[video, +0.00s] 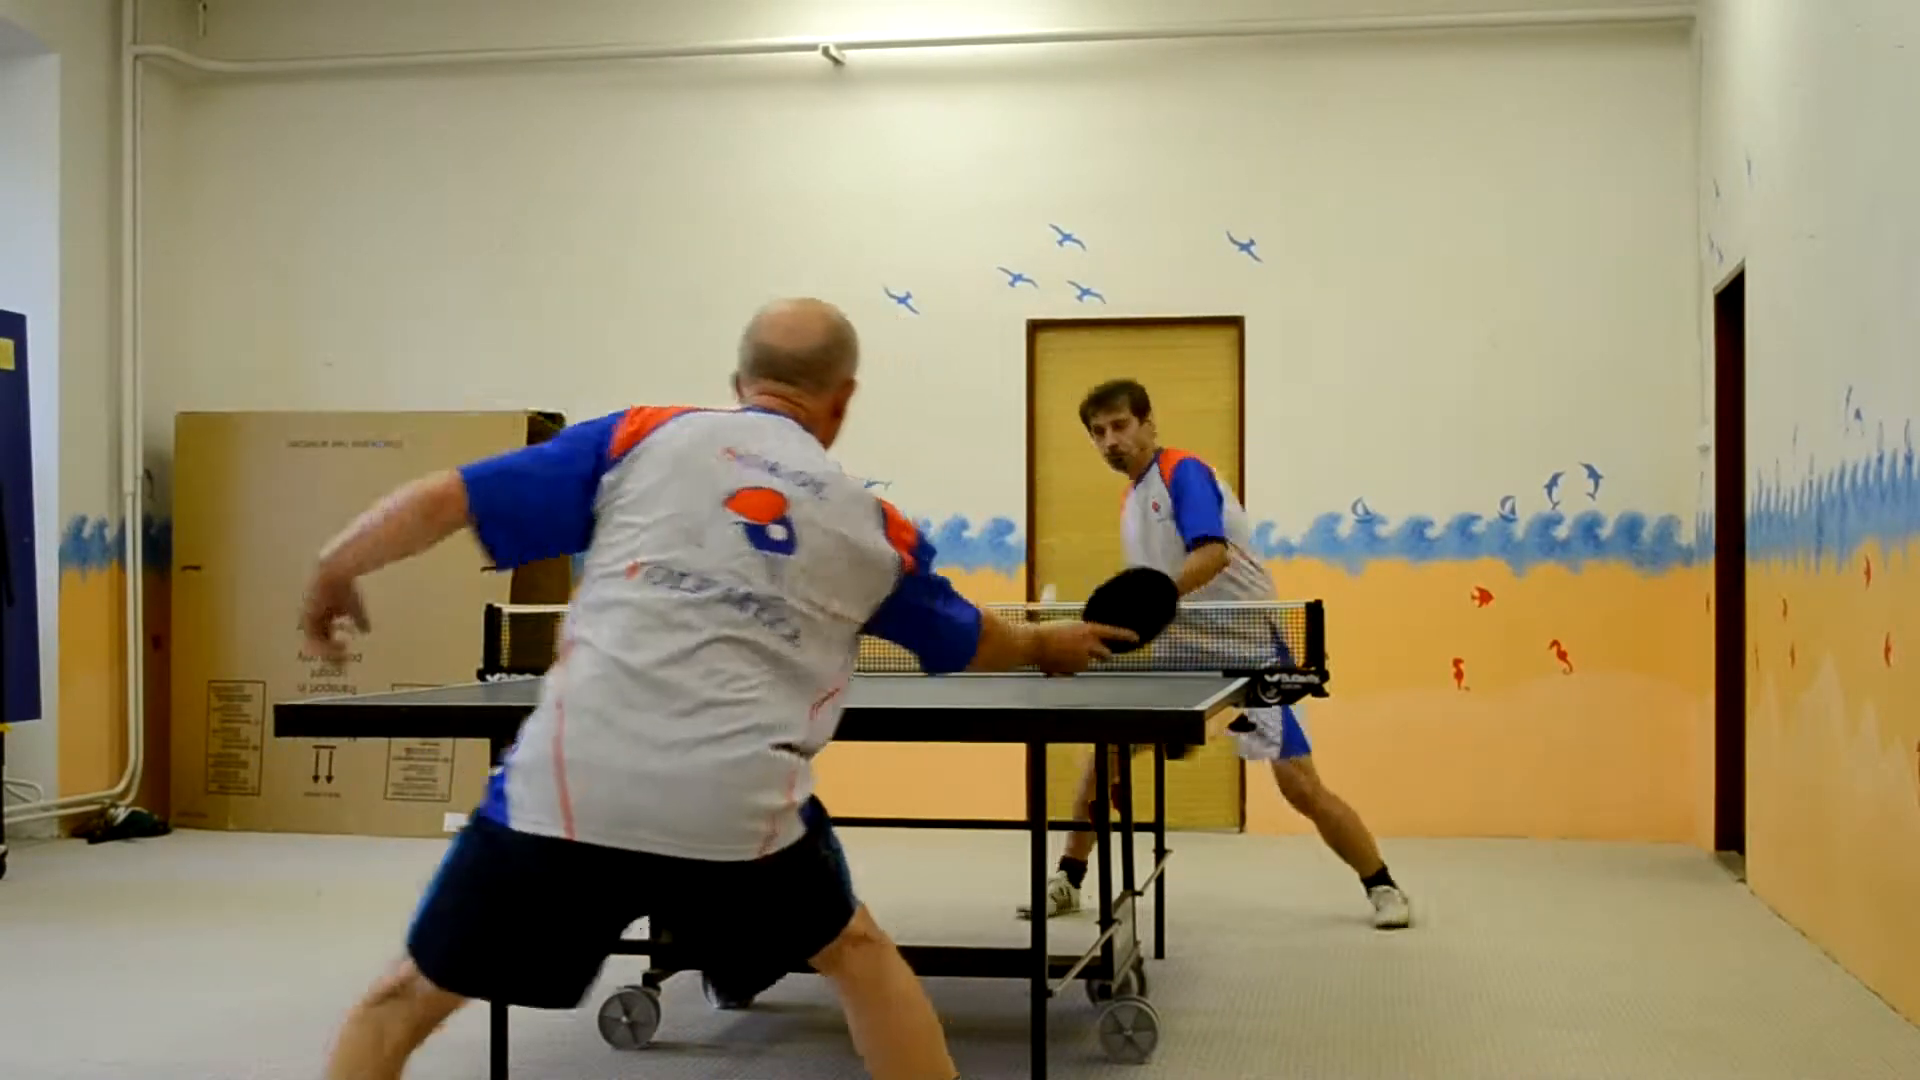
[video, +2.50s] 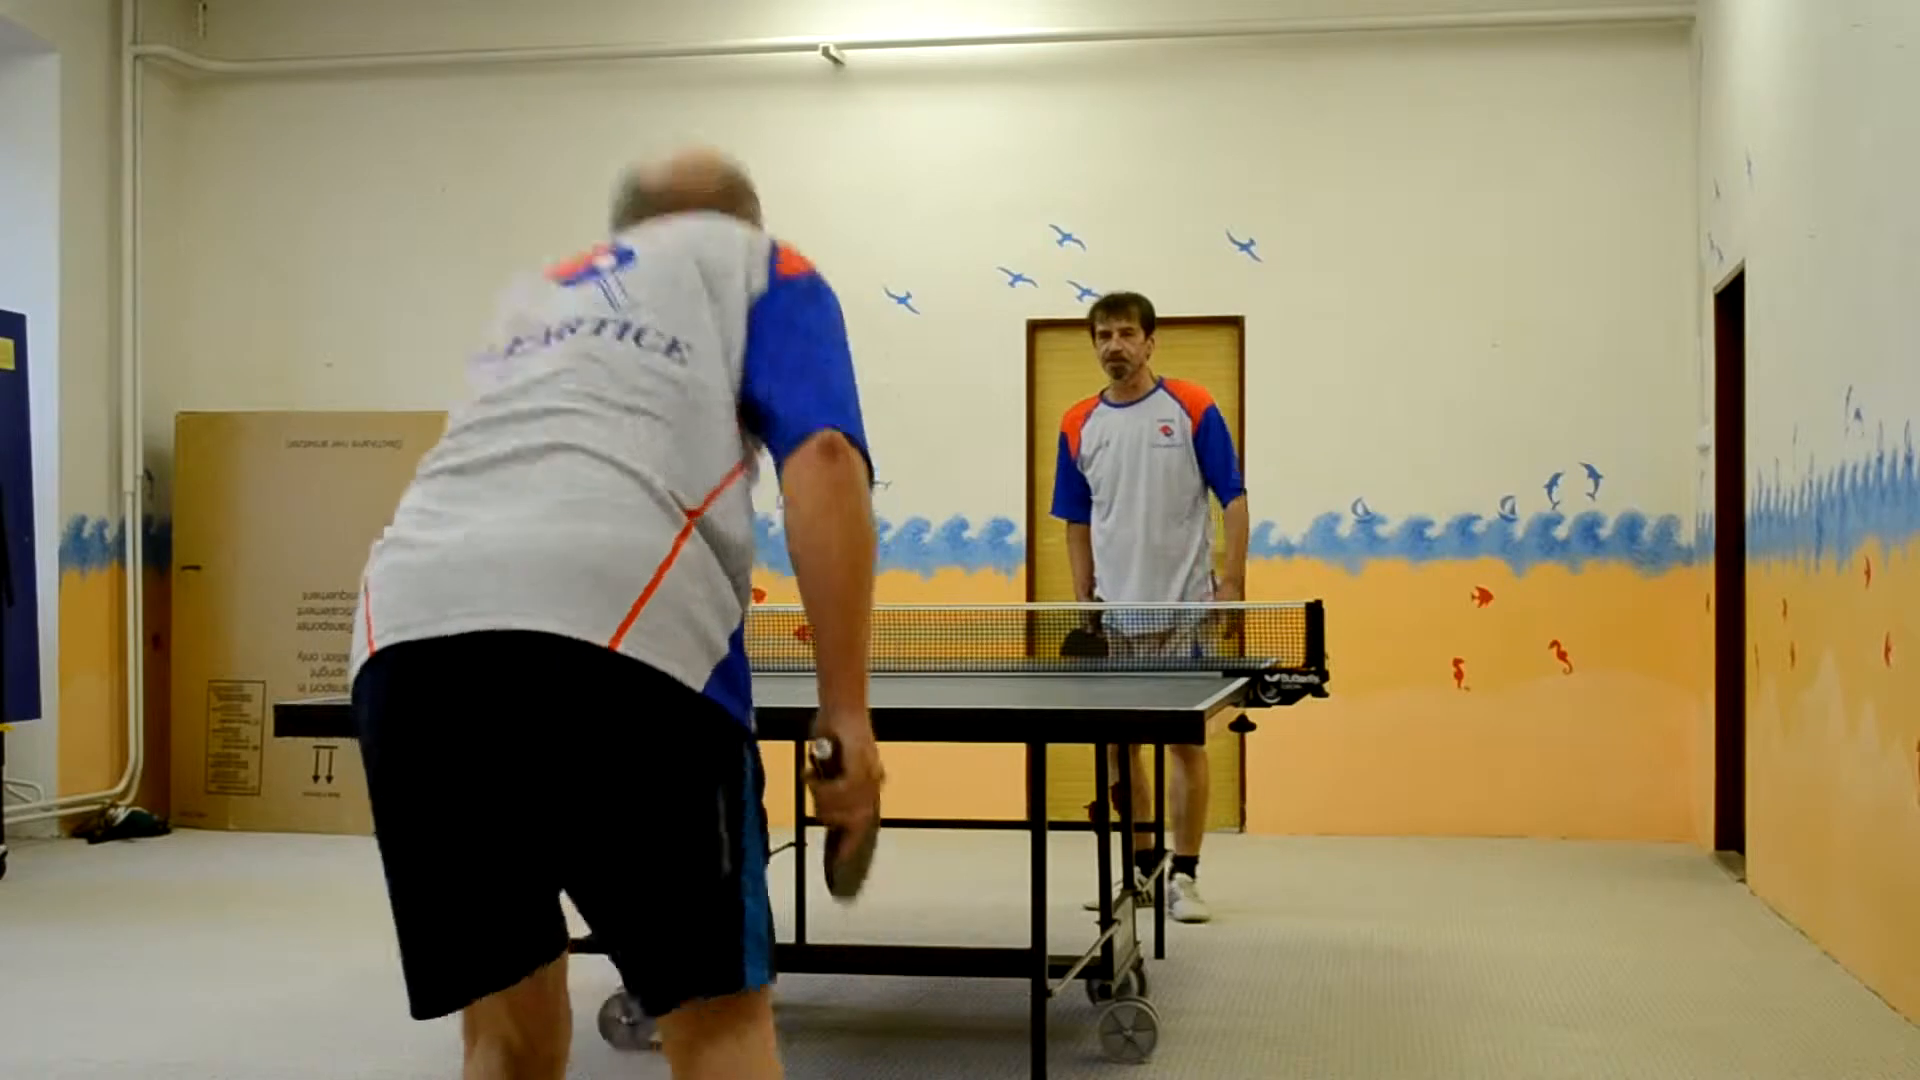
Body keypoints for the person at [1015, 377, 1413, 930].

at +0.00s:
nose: (1110, 441)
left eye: (1118, 427)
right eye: (1099, 433)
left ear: (1146, 424)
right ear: (1093, 440)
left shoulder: (1185, 473)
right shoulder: (1132, 501)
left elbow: (1210, 555)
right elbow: (1149, 576)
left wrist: (1147, 602)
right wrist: (1111, 620)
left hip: (1249, 654)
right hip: (1183, 656)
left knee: (1302, 789)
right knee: (1105, 754)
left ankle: (1381, 886)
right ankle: (1065, 881)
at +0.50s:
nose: (1305, 404)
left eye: (1320, 396)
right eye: (1303, 393)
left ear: (1349, 410)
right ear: (1296, 398)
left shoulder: (1371, 482)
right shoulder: (1265, 452)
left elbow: (1442, 520)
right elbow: (1221, 454)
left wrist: (1513, 519)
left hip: (1293, 657)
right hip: (1213, 646)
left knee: (1353, 760)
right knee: (1149, 759)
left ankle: (1361, 890)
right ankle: (1102, 862)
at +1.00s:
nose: (1269, 391)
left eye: (1282, 381)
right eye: (1260, 381)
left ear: (1305, 391)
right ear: (1248, 388)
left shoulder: (1329, 464)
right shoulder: (1212, 460)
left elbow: (1338, 552)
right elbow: (1179, 554)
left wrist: (1340, 628)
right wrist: (1252, 604)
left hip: (1295, 641)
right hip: (1217, 638)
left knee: (1346, 747)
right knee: (1151, 750)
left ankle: (1363, 887)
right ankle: (1101, 868)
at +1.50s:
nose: (1218, 368)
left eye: (1230, 356)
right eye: (1213, 359)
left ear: (1268, 360)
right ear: (1214, 366)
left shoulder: (1316, 428)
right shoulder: (1204, 440)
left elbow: (1359, 512)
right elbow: (1182, 535)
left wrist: (1363, 588)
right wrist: (1155, 610)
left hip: (1301, 616)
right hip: (1225, 618)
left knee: (1317, 750)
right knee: (1158, 729)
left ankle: (1355, 879)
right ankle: (1136, 864)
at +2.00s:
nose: (1115, 357)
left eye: (1126, 345)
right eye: (1111, 347)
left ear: (1164, 348)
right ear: (1116, 354)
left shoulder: (1206, 413)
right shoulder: (1119, 430)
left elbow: (1212, 513)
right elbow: (1120, 534)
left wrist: (1155, 592)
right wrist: (1111, 616)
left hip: (1208, 615)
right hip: (1142, 620)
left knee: (1255, 736)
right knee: (1127, 744)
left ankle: (1308, 874)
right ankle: (1144, 877)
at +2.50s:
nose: (1116, 346)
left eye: (1127, 334)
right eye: (1105, 336)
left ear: (1149, 340)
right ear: (1094, 345)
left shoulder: (1193, 407)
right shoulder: (1076, 424)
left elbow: (1234, 498)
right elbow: (1075, 524)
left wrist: (1230, 583)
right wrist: (1085, 605)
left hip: (1186, 610)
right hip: (1114, 615)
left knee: (1185, 741)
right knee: (1120, 747)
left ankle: (1182, 872)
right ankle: (1143, 871)